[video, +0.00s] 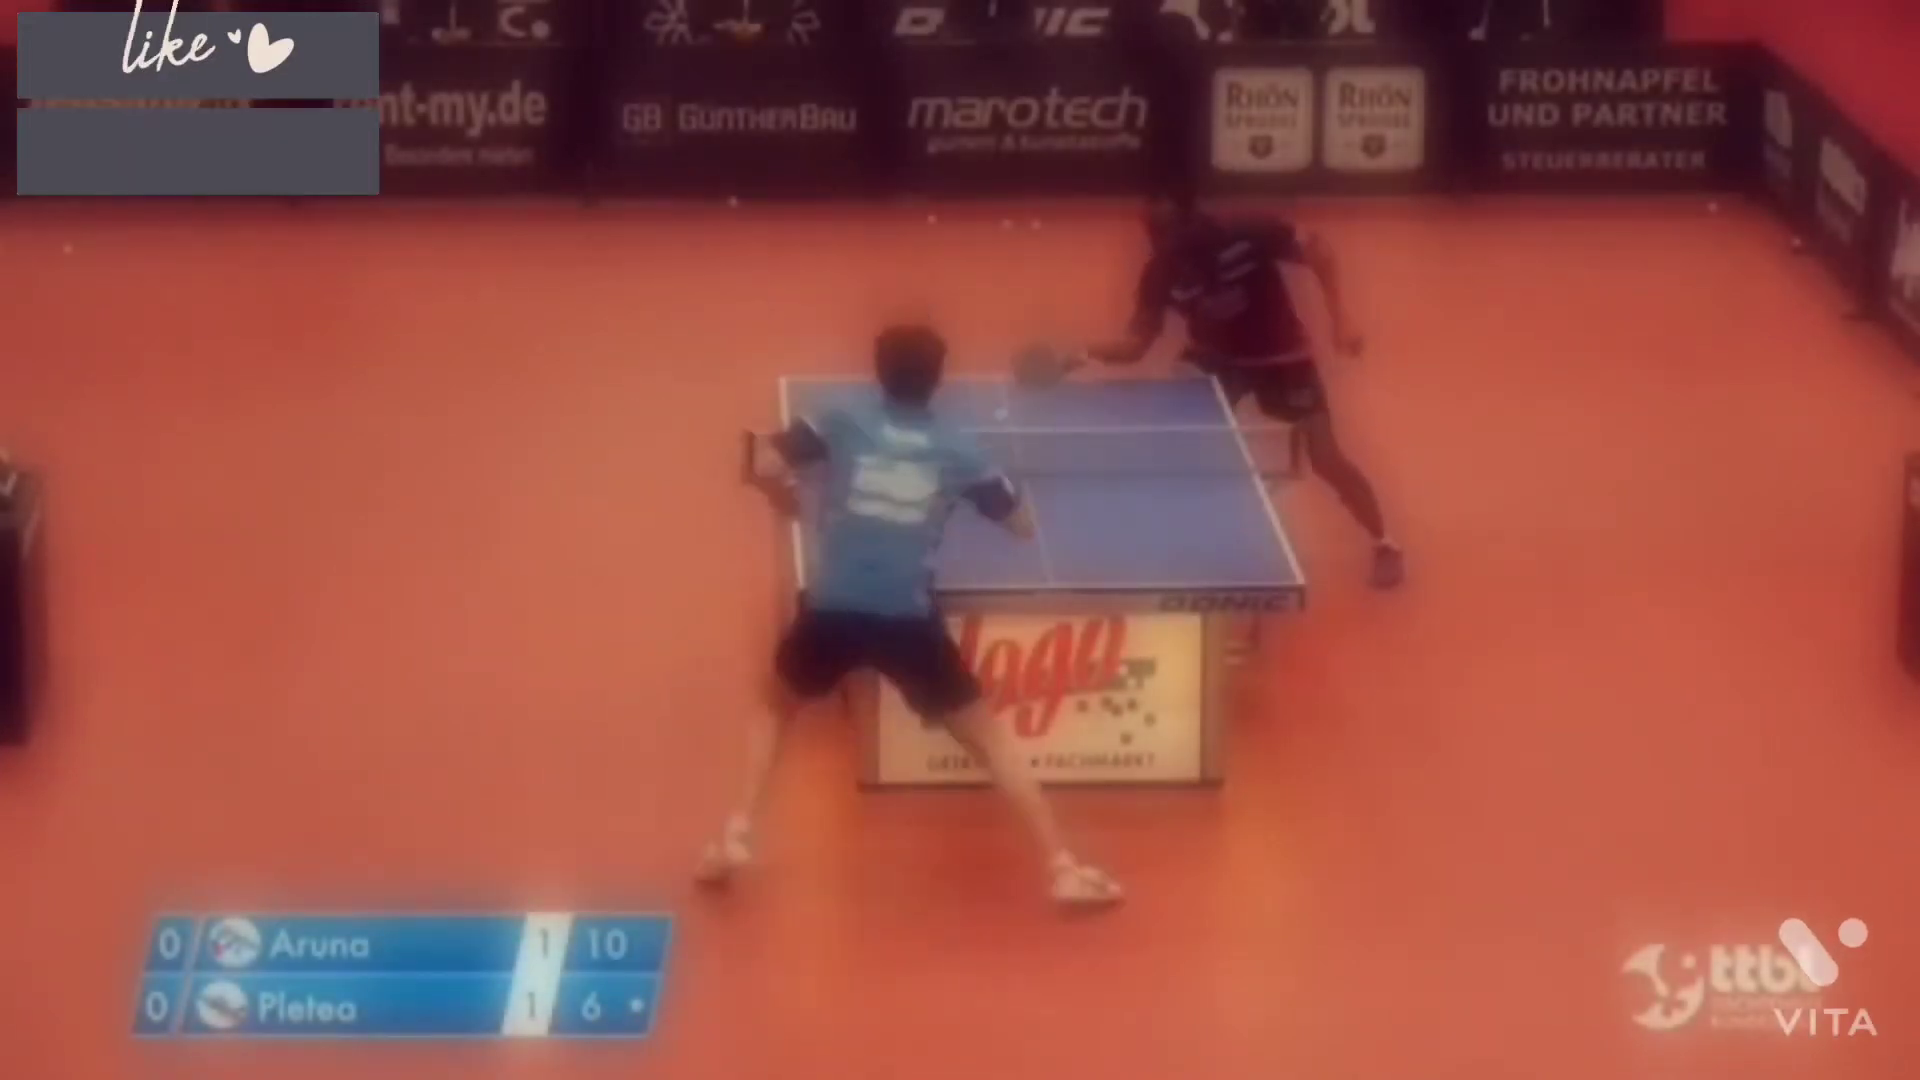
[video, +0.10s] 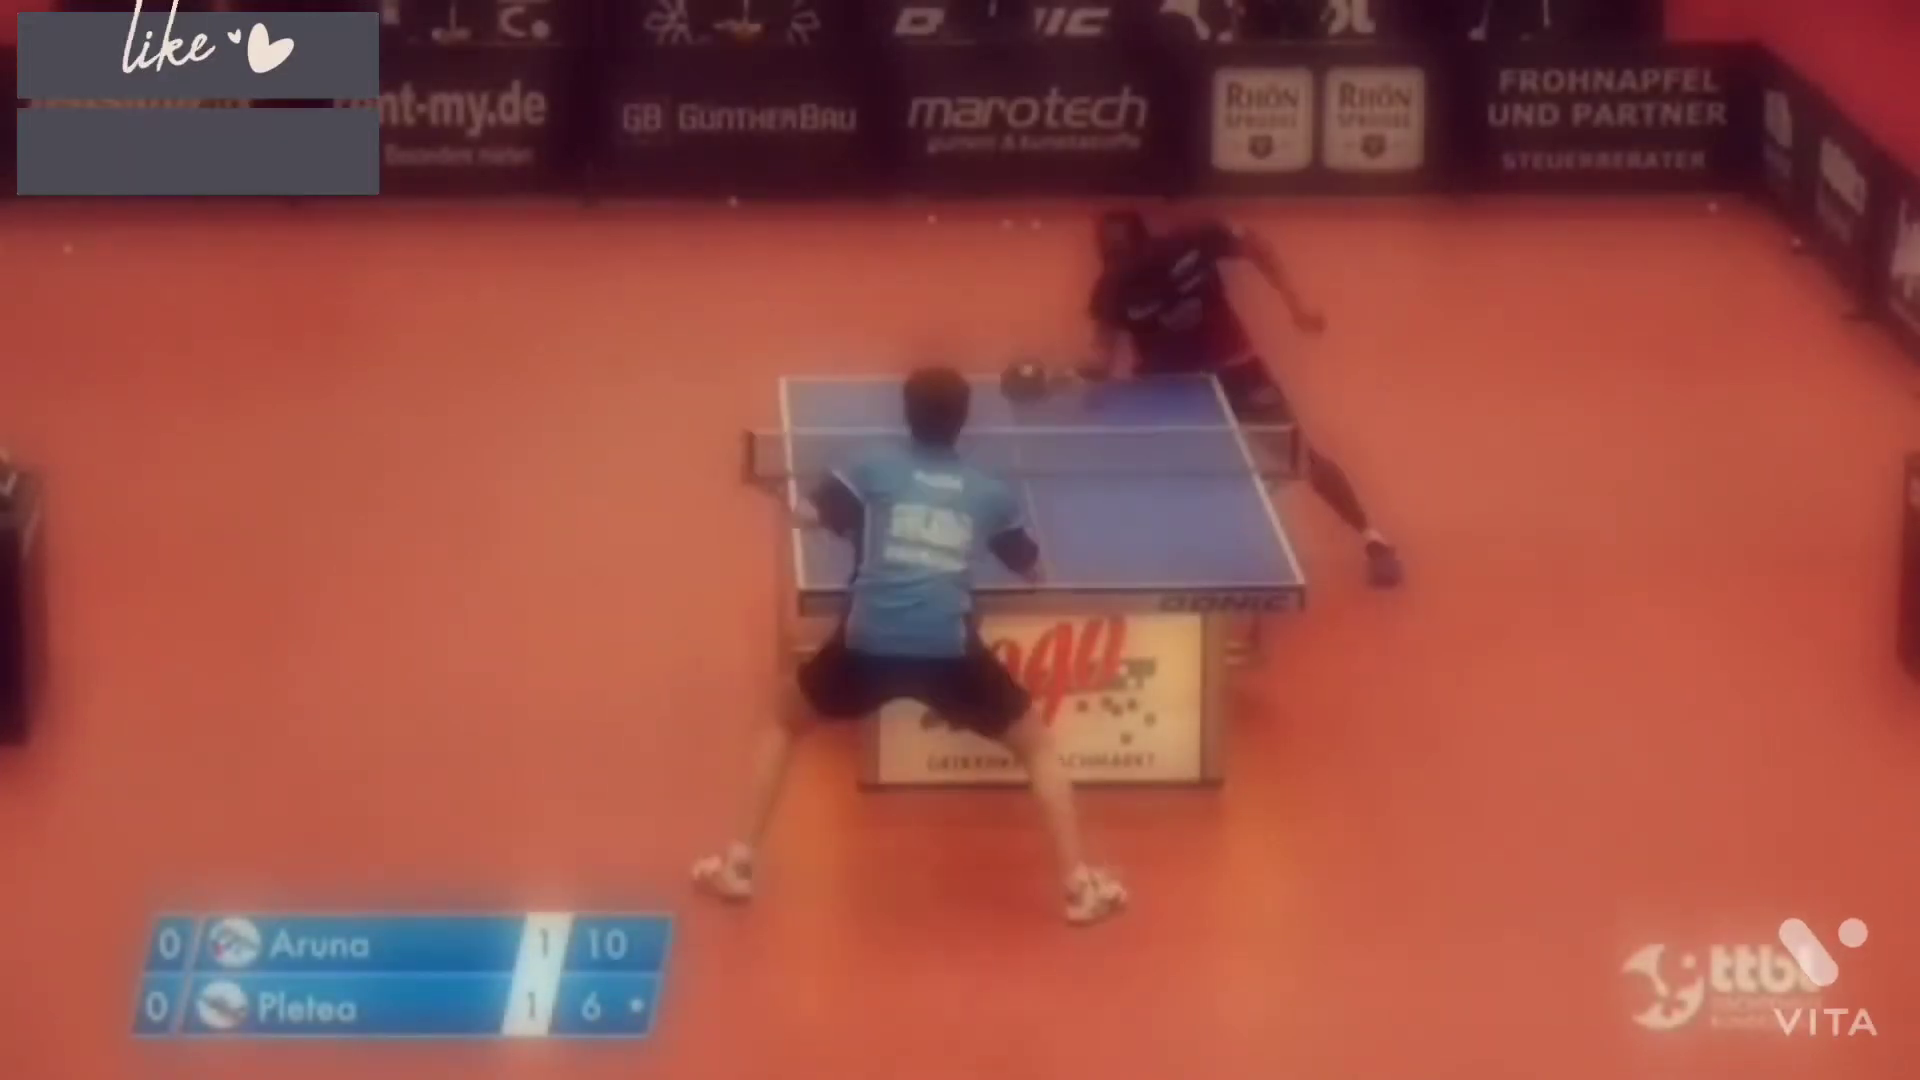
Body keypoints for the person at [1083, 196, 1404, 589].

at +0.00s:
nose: (1159, 234)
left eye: (1166, 223)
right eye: (1153, 225)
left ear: (1188, 214)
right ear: (1149, 225)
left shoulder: (1244, 235)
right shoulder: (1162, 268)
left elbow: (1319, 256)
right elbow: (1135, 344)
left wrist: (1342, 325)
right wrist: (1083, 353)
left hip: (1282, 361)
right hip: (1213, 366)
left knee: (1325, 460)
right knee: (1171, 451)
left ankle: (1383, 542)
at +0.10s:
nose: (1116, 252)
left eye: (1121, 242)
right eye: (1109, 246)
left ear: (1139, 235)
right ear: (1103, 248)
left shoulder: (1190, 243)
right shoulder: (1111, 290)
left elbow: (1254, 246)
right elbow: (1105, 355)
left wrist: (1297, 307)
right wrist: (1093, 377)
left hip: (1234, 372)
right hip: (1171, 389)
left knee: (1297, 455)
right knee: (1178, 481)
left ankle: (1370, 537)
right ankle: (1186, 581)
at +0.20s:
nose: (1097, 274)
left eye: (1101, 263)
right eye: (1088, 268)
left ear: (1116, 252)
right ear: (1078, 268)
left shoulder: (1155, 256)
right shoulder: (1086, 304)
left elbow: (1212, 254)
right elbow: (1082, 366)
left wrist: (1257, 307)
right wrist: (1079, 390)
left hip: (1206, 381)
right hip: (1146, 398)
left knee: (1270, 453)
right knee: (1164, 485)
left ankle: (1342, 533)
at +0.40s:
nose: (1087, 225)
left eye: (1094, 214)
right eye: (1078, 217)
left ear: (1109, 208)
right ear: (1067, 217)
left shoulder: (1148, 227)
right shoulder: (1059, 261)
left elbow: (1213, 238)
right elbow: (1060, 318)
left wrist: (1241, 312)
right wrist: (1053, 359)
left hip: (1177, 347)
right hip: (1110, 355)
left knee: (1205, 433)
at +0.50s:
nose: (1087, 225)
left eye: (1094, 214)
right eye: (1078, 216)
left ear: (1110, 207)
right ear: (1068, 214)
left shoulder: (1152, 234)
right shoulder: (1059, 256)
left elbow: (1221, 259)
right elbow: (1038, 314)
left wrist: (1241, 335)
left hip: (1174, 361)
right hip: (1102, 365)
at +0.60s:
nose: (1097, 224)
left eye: (1105, 215)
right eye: (1089, 216)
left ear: (1121, 211)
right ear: (1079, 215)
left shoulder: (1161, 240)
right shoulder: (1071, 252)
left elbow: (1228, 270)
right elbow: (1047, 296)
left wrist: (1231, 349)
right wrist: (1032, 325)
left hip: (1179, 357)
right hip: (1108, 358)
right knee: (1070, 416)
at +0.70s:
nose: (1112, 211)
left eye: (1120, 201)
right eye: (1104, 203)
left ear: (1135, 195)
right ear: (1094, 202)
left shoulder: (1174, 223)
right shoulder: (1090, 232)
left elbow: (1233, 265)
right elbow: (1072, 279)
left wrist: (1224, 334)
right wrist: (1051, 321)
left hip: (1195, 320)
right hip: (1128, 323)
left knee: (1258, 405)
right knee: (1072, 395)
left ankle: (1283, 490)